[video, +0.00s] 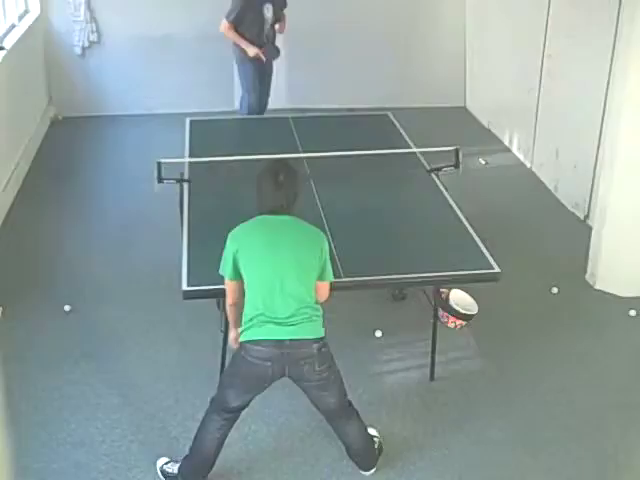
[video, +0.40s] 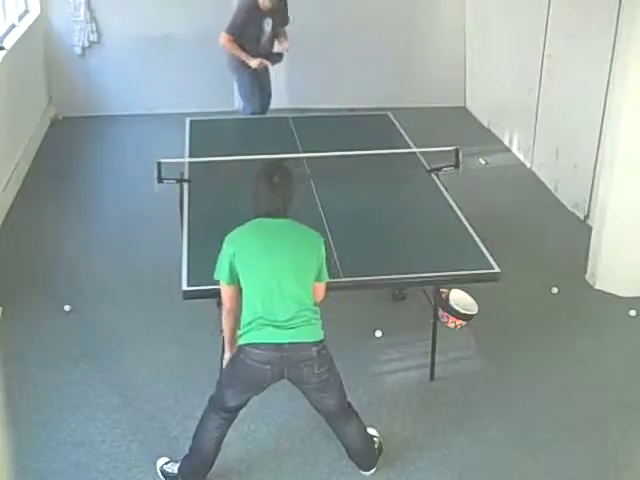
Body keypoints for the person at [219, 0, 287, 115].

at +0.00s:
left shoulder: (277, 2)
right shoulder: (242, 3)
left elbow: (280, 14)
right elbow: (226, 27)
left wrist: (280, 24)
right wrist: (248, 47)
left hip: (267, 52)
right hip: (246, 53)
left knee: (263, 101)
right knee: (252, 100)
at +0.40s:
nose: (271, 6)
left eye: (273, 4)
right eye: (270, 3)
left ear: (277, 3)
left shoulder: (280, 5)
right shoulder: (246, 7)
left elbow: (279, 28)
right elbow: (225, 39)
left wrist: (283, 41)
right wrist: (250, 60)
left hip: (262, 60)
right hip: (241, 60)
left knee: (264, 106)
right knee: (252, 108)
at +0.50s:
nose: (274, 4)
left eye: (278, 1)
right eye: (271, 0)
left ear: (281, 2)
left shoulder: (283, 8)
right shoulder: (246, 11)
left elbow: (281, 34)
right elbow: (224, 44)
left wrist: (283, 52)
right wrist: (248, 66)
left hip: (262, 63)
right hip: (239, 62)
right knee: (251, 108)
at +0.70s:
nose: (274, 7)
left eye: (277, 3)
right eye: (270, 2)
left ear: (280, 3)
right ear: (261, 2)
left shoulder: (284, 12)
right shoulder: (246, 14)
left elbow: (282, 41)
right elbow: (224, 47)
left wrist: (283, 63)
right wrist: (240, 78)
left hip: (261, 67)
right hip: (241, 65)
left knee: (256, 109)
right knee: (250, 109)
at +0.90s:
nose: (272, 2)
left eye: (276, 1)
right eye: (269, 0)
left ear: (279, 1)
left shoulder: (283, 4)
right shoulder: (245, 6)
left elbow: (284, 31)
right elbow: (231, 47)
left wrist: (289, 47)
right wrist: (258, 58)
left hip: (264, 56)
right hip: (242, 55)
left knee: (254, 106)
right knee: (251, 106)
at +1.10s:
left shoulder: (279, 3)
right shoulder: (244, 5)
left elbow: (287, 15)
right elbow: (234, 41)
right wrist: (263, 34)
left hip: (266, 62)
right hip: (247, 62)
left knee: (255, 108)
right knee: (257, 108)